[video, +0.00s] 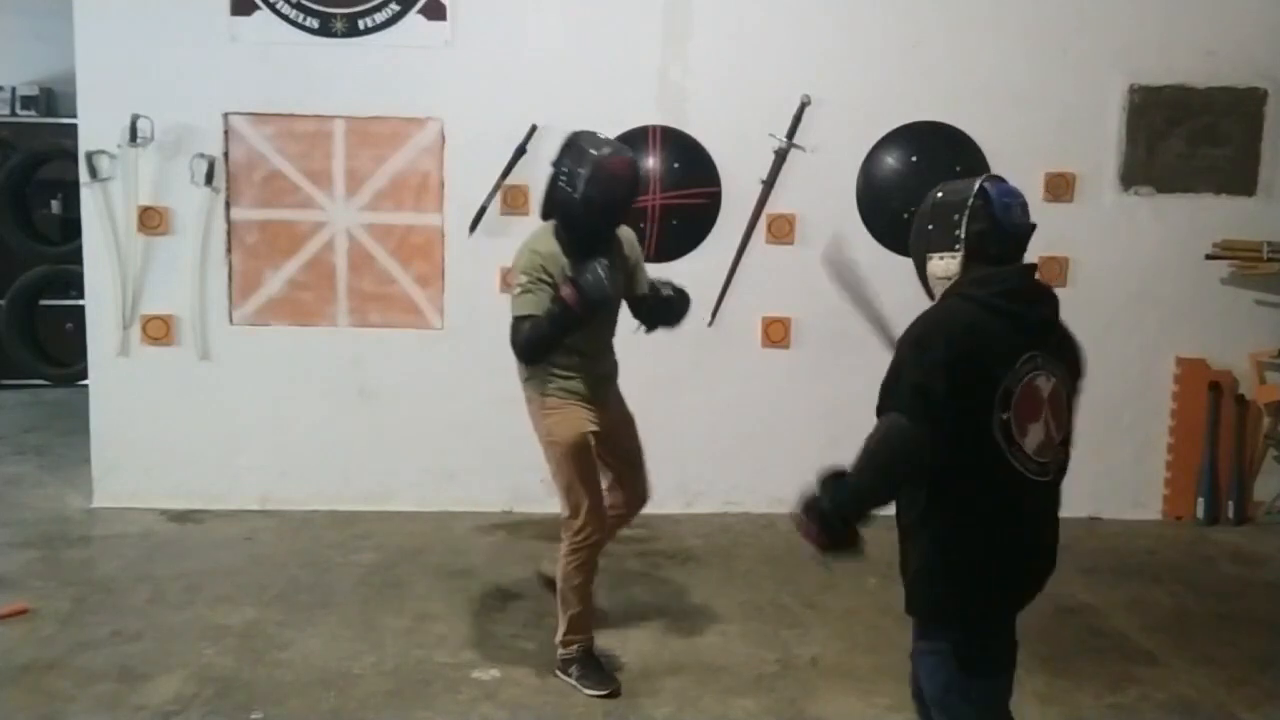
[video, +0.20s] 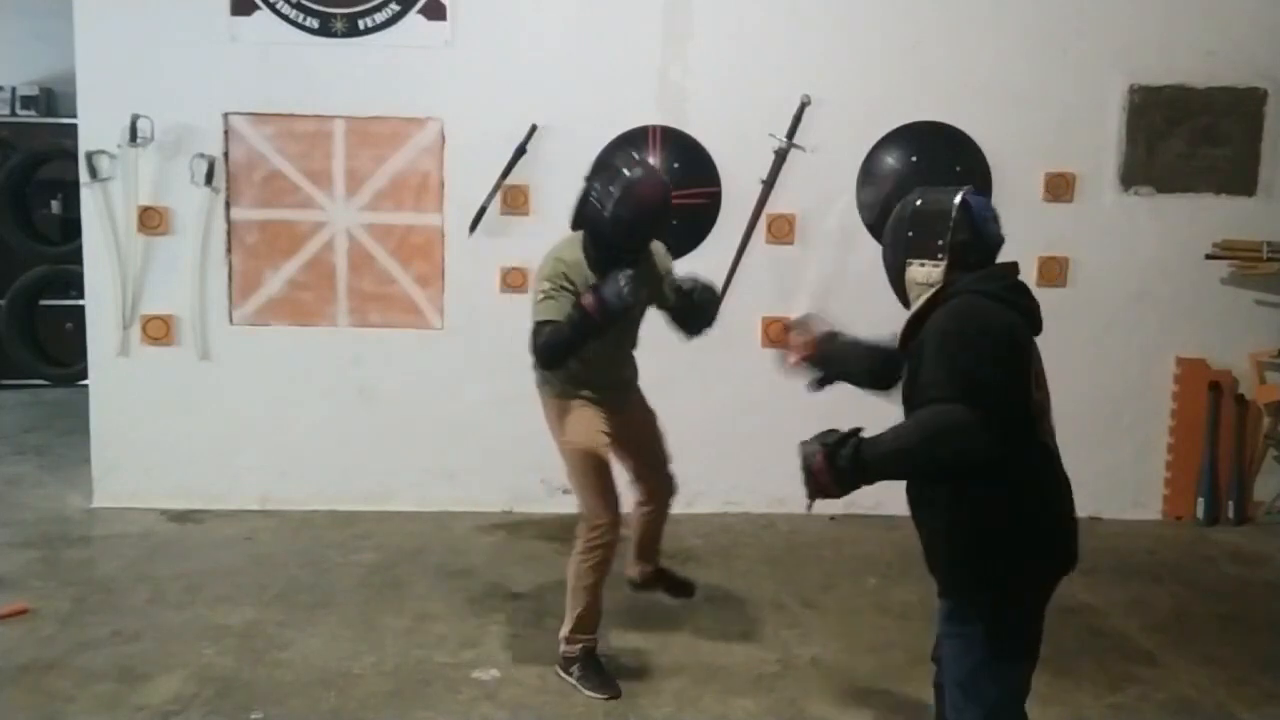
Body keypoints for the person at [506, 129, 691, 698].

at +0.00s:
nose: (616, 204)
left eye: (620, 194)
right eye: (605, 192)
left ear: (619, 198)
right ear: (574, 191)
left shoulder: (620, 242)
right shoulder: (540, 251)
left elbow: (645, 307)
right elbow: (526, 343)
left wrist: (668, 303)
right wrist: (574, 299)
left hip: (603, 389)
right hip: (555, 396)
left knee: (630, 492)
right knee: (585, 522)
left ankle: (566, 570)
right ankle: (572, 650)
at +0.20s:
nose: (644, 234)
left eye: (648, 225)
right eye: (637, 223)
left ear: (646, 225)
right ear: (609, 216)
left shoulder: (647, 257)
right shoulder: (562, 264)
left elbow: (687, 321)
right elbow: (547, 351)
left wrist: (698, 302)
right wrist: (596, 307)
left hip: (621, 387)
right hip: (571, 392)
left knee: (657, 487)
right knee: (602, 520)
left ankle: (644, 567)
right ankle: (576, 649)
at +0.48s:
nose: (650, 222)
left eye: (658, 211)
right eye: (639, 210)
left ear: (664, 212)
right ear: (612, 209)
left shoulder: (678, 254)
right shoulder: (587, 259)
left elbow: (722, 315)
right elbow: (555, 340)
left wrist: (722, 315)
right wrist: (583, 297)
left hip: (662, 383)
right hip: (613, 384)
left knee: (679, 486)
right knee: (630, 509)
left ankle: (658, 560)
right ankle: (588, 643)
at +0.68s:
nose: (666, 212)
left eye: (674, 203)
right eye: (658, 201)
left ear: (681, 206)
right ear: (637, 200)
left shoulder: (688, 246)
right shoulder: (599, 250)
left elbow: (705, 301)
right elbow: (556, 313)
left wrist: (713, 330)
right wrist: (584, 326)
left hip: (667, 380)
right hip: (617, 379)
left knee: (677, 480)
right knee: (638, 486)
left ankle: (657, 564)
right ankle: (611, 587)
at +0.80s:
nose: (672, 210)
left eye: (679, 200)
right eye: (664, 198)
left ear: (684, 202)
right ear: (640, 195)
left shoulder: (686, 238)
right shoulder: (602, 246)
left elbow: (699, 285)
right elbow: (560, 311)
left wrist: (716, 309)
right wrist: (599, 315)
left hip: (659, 375)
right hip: (608, 377)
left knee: (668, 472)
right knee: (626, 479)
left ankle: (657, 565)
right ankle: (607, 569)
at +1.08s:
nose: (665, 195)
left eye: (671, 185)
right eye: (655, 184)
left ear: (678, 190)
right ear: (630, 187)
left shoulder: (677, 237)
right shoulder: (596, 243)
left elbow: (682, 288)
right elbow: (568, 317)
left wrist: (699, 311)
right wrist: (615, 306)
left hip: (650, 370)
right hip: (599, 370)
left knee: (668, 465)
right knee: (610, 474)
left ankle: (656, 556)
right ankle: (607, 570)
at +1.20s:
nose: (658, 189)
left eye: (666, 181)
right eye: (650, 179)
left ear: (675, 187)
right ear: (627, 183)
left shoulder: (677, 234)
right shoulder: (592, 237)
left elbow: (680, 294)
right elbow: (565, 309)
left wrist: (695, 316)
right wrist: (602, 315)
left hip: (649, 367)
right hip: (599, 366)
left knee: (664, 462)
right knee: (610, 470)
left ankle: (649, 548)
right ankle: (606, 569)